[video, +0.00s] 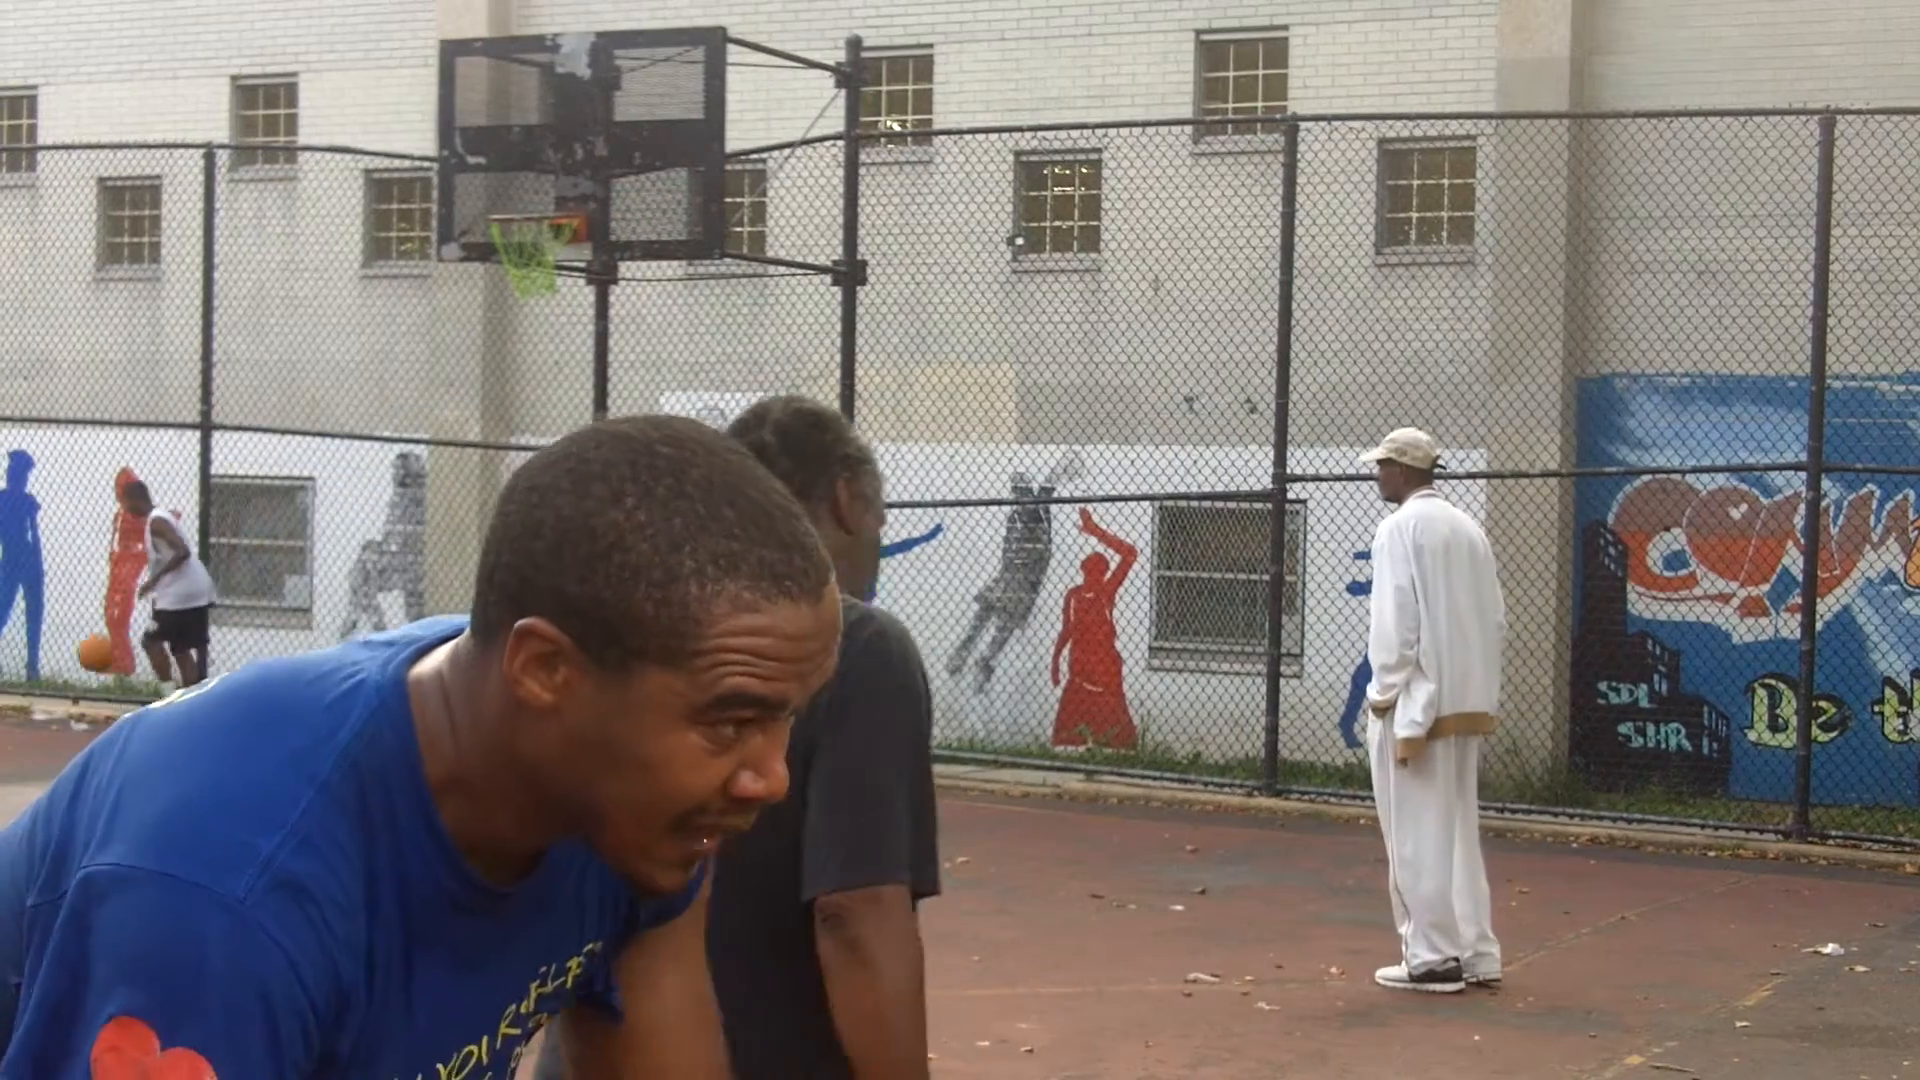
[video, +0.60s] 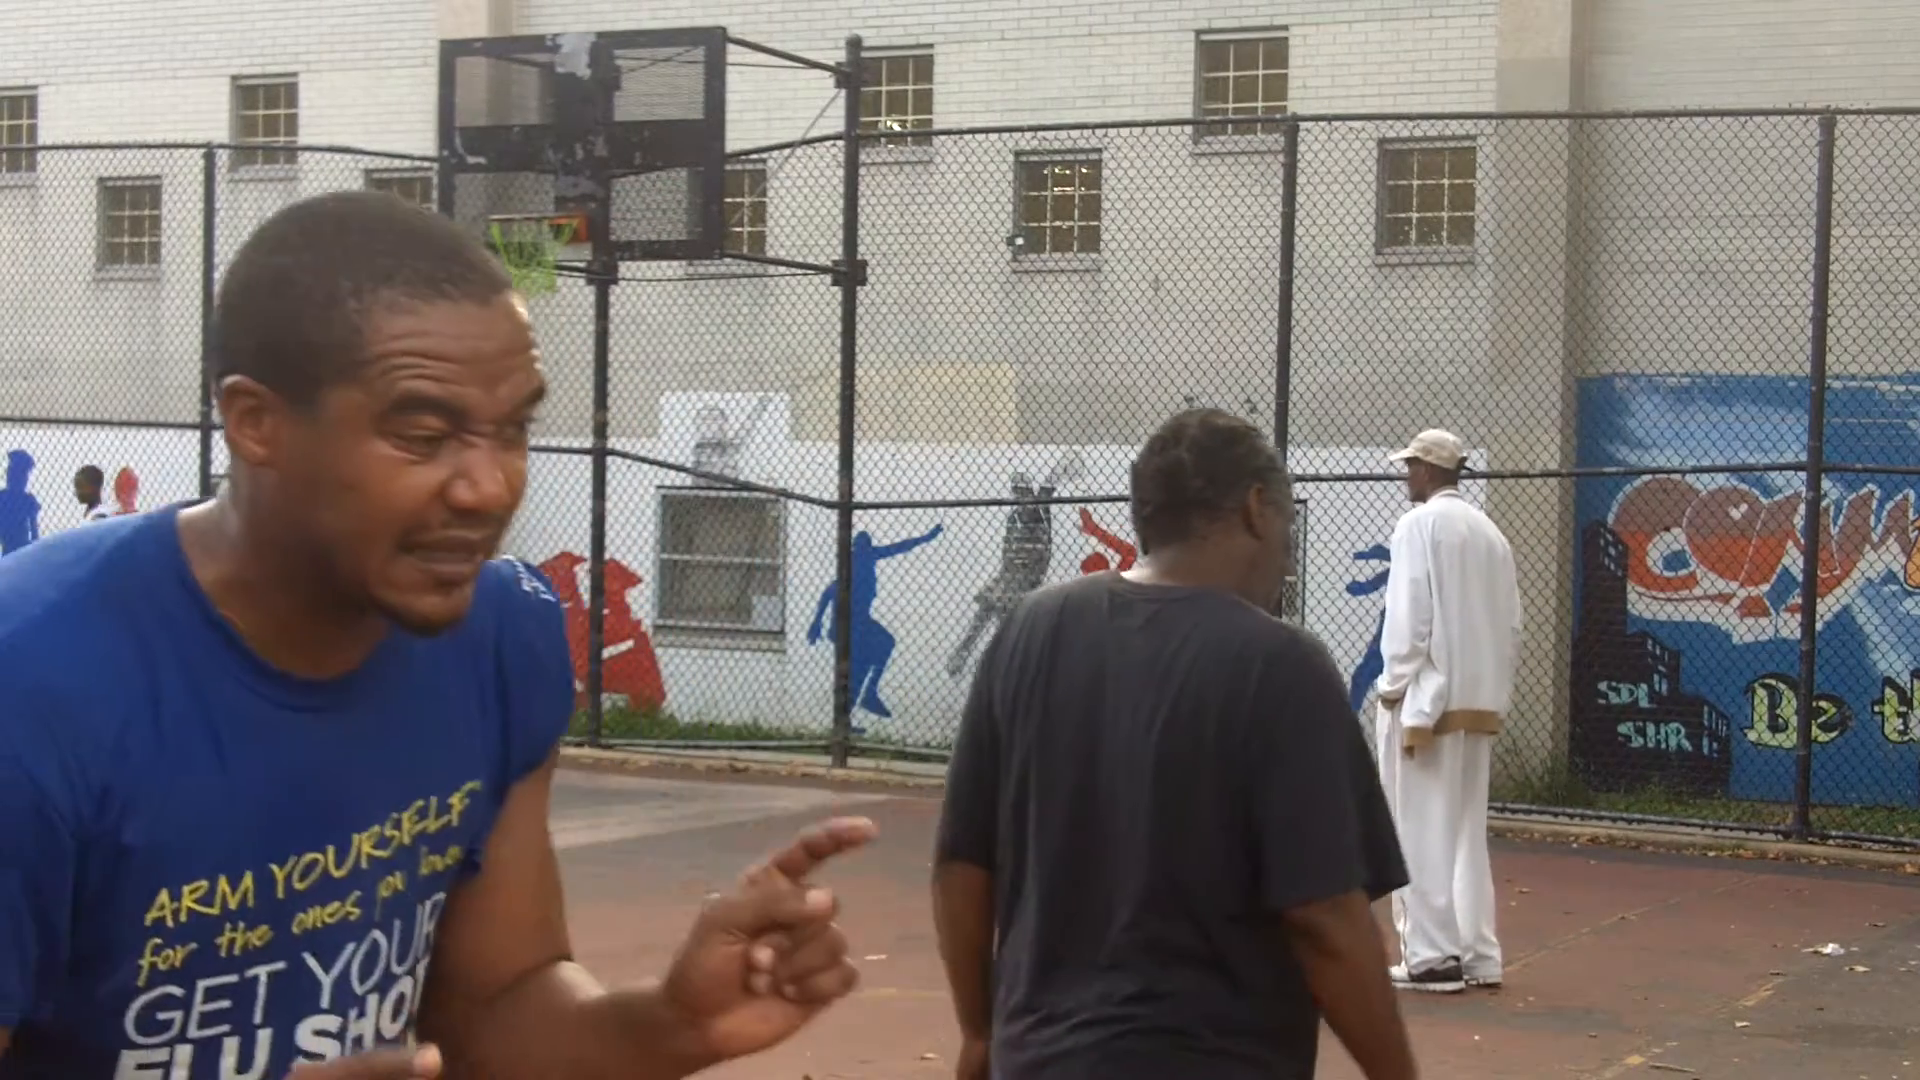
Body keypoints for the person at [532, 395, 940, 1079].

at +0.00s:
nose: (883, 532)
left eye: (884, 510)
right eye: (878, 508)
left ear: (755, 504)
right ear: (844, 501)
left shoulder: (672, 621)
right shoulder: (863, 645)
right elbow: (855, 913)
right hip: (791, 1052)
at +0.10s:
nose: (956, 548)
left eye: (961, 523)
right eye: (957, 519)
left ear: (806, 517)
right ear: (919, 506)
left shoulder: (737, 627)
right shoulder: (916, 656)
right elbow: (895, 914)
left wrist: (635, 1047)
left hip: (685, 1047)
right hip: (837, 1058)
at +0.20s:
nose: (1037, 556)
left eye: (1039, 535)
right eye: (1033, 532)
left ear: (883, 533)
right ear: (995, 523)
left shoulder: (779, 633)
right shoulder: (986, 673)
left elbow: (723, 852)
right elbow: (959, 928)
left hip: (766, 1049)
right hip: (904, 1059)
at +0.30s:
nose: (1122, 562)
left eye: (1122, 543)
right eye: (1116, 539)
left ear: (972, 543)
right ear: (1077, 534)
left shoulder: (852, 646)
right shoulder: (1071, 690)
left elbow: (782, 892)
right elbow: (1042, 948)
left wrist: (833, 1035)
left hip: (827, 1059)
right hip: (983, 1064)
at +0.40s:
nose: (1189, 571)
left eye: (1192, 546)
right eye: (1188, 540)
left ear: (1047, 533)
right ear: (1152, 528)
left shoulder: (921, 639)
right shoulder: (1147, 686)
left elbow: (859, 883)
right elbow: (1141, 949)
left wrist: (896, 1037)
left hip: (904, 1061)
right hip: (1066, 1062)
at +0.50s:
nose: (1243, 553)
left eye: (1244, 527)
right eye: (1241, 524)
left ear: (1094, 524)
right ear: (1208, 515)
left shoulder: (976, 629)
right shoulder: (1216, 670)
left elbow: (914, 869)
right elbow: (1234, 926)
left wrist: (936, 1037)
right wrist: (1283, 1067)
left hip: (991, 1049)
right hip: (1160, 1054)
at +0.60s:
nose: (1290, 552)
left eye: (1293, 523)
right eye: (1290, 521)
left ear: (1148, 521)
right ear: (1254, 508)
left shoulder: (1030, 629)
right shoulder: (1278, 661)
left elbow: (961, 868)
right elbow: (1320, 913)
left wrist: (978, 1031)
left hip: (1036, 1049)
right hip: (1221, 1055)